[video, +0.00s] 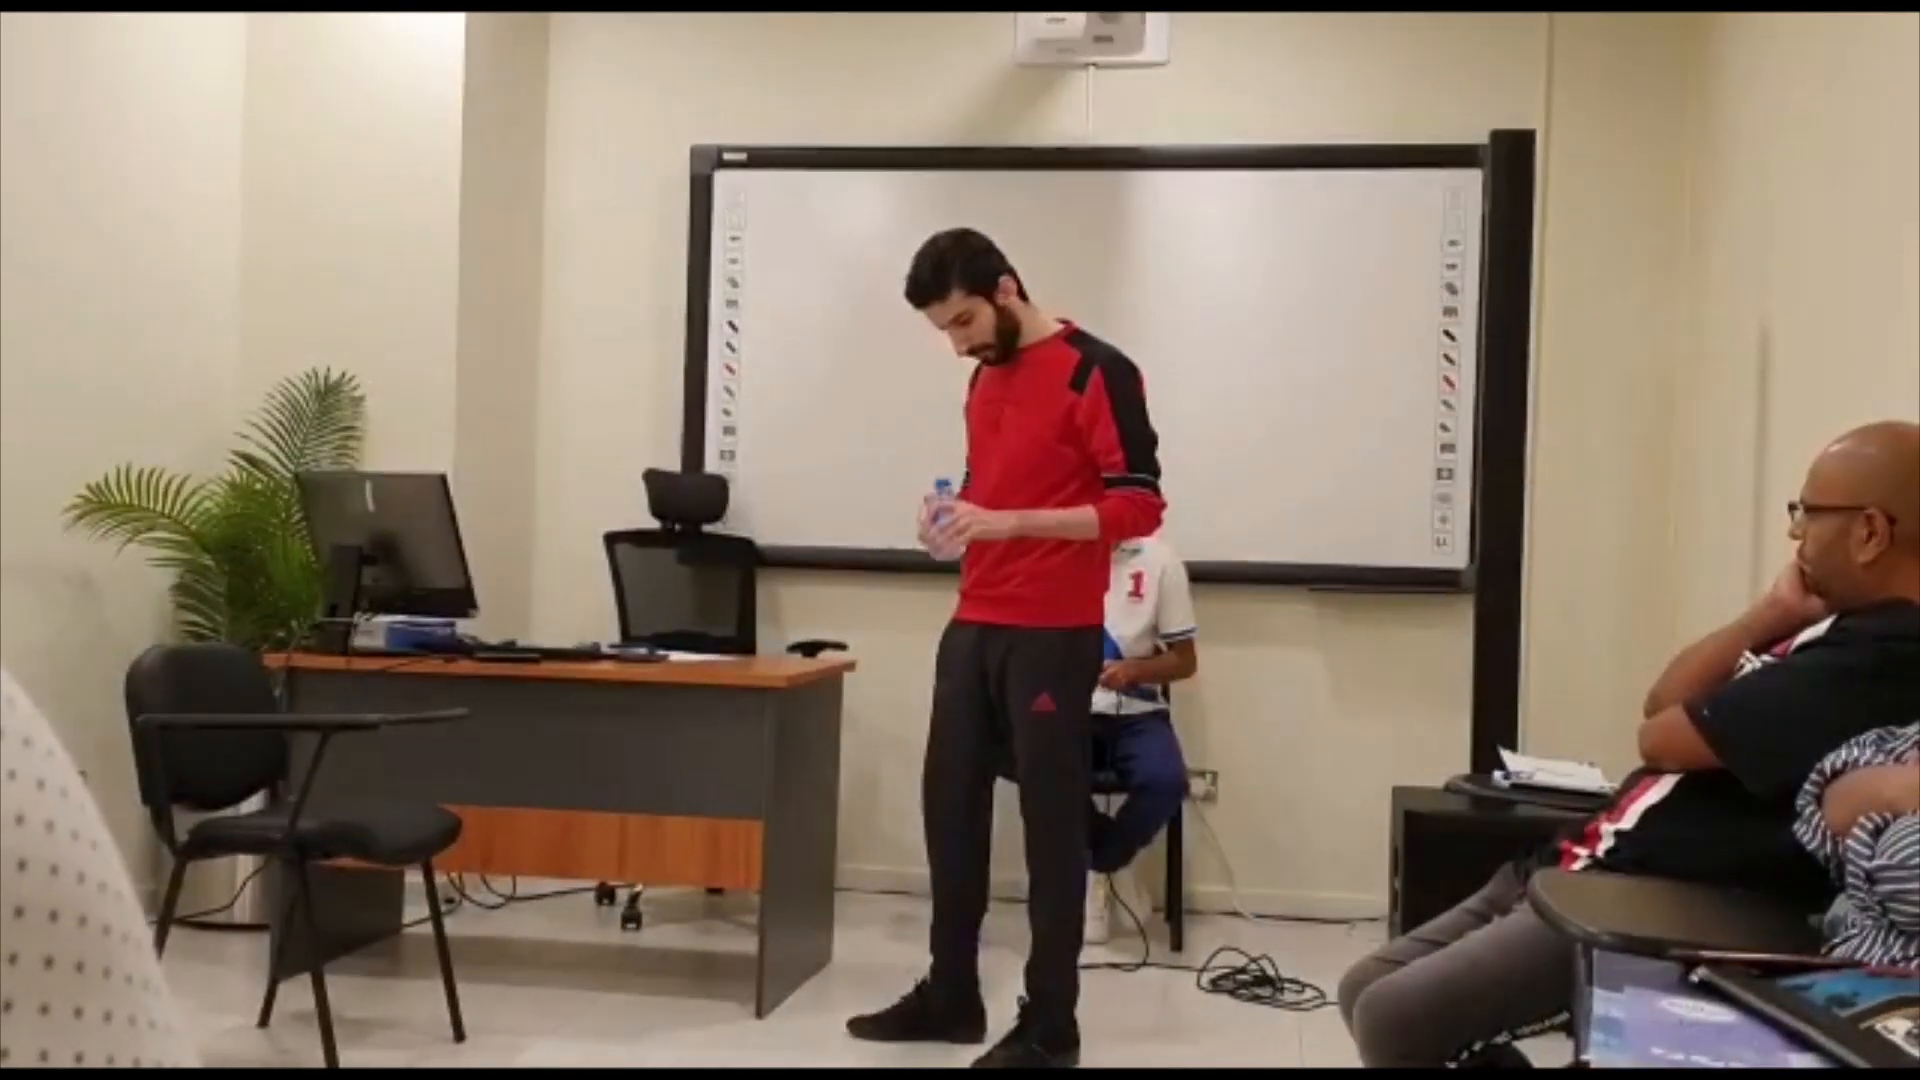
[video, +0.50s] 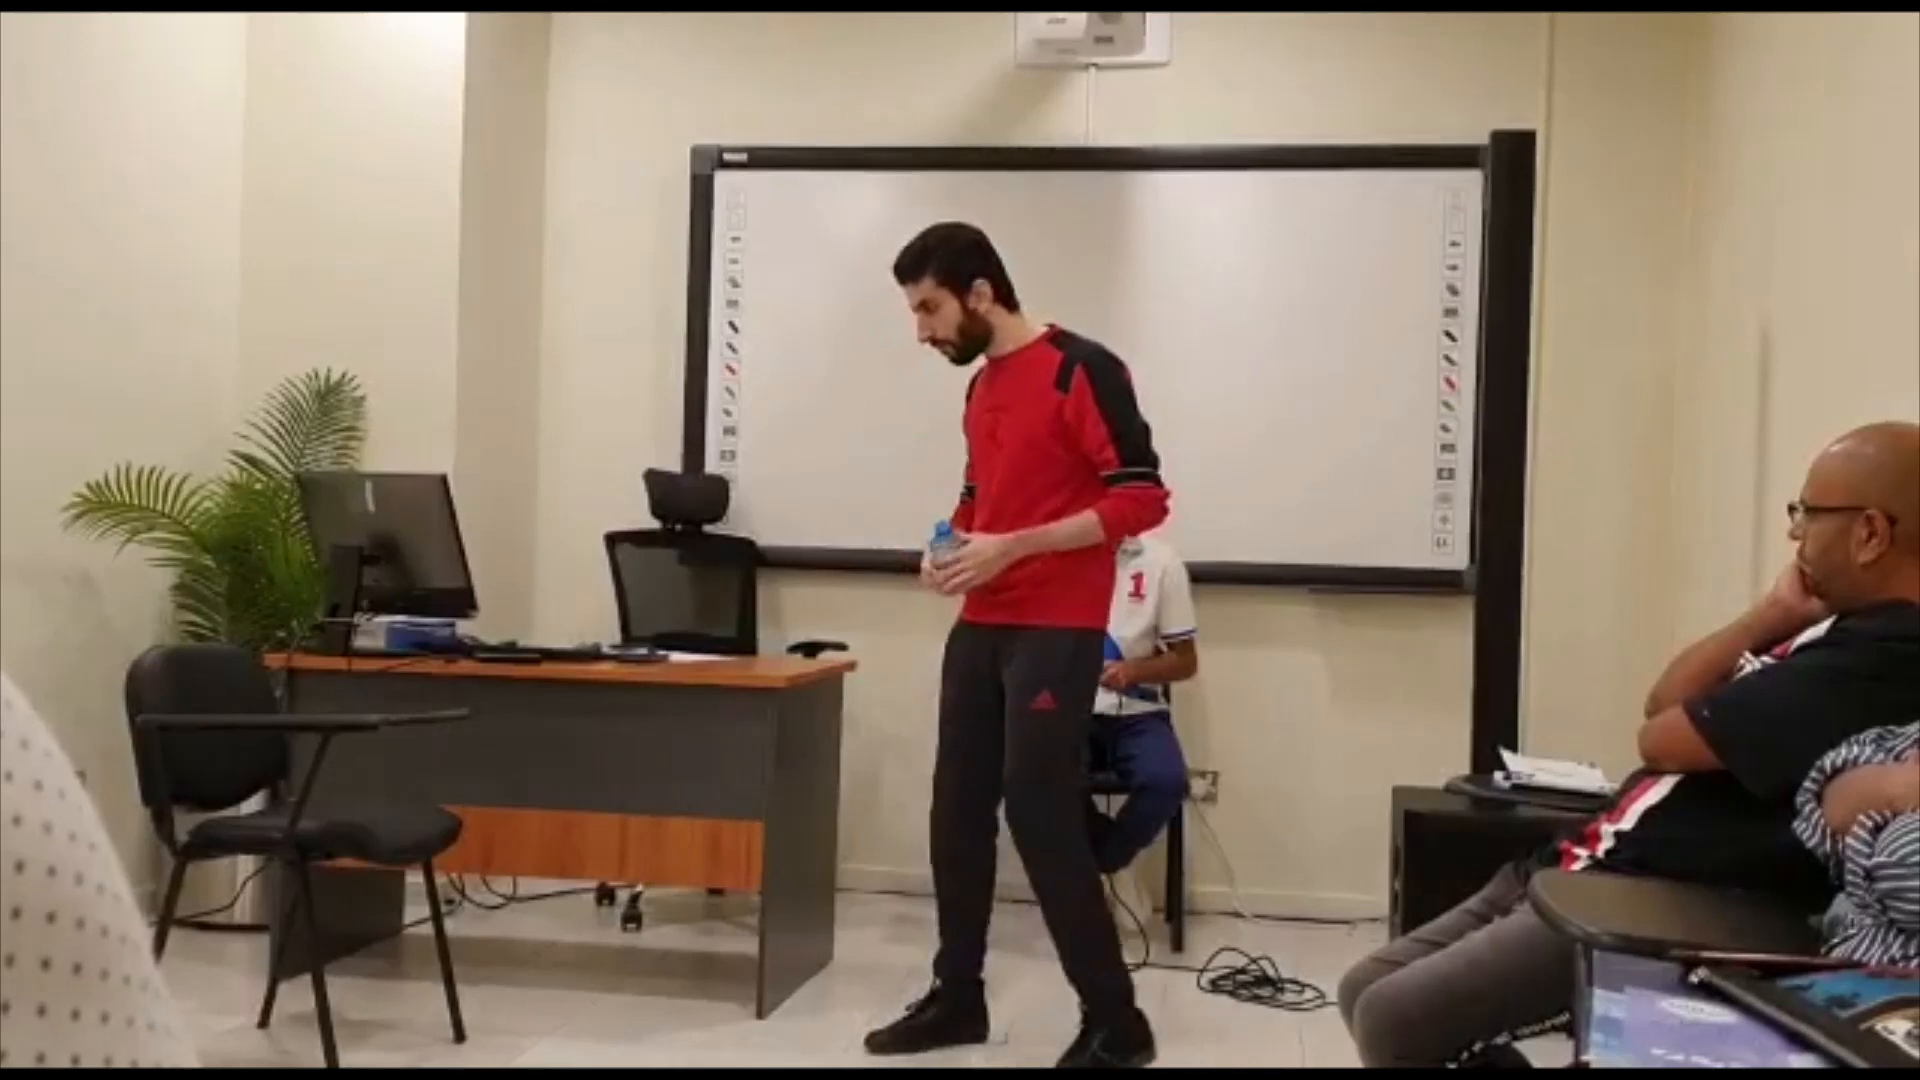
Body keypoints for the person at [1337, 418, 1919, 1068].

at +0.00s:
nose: (1794, 536)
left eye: (1806, 516)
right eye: (1798, 515)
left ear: (1873, 532)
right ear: (1873, 532)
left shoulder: (1882, 650)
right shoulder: (1848, 627)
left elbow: (1665, 743)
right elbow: (1662, 704)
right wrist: (1779, 610)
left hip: (1638, 907)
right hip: (1585, 863)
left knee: (1390, 1020)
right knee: (1365, 986)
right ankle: (1486, 1060)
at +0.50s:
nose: (1795, 536)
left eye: (1806, 517)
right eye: (1798, 516)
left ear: (1873, 533)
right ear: (1872, 533)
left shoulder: (1883, 651)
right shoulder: (1846, 628)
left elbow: (1665, 744)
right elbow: (1662, 703)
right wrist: (1778, 611)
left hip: (1640, 906)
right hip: (1588, 862)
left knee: (1389, 1022)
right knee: (1364, 988)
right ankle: (1489, 1060)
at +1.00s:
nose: (1796, 538)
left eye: (1807, 517)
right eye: (1799, 516)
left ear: (1874, 532)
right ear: (1874, 532)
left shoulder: (1881, 651)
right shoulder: (1848, 628)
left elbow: (1663, 744)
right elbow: (1661, 702)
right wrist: (1778, 612)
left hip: (1640, 906)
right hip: (1586, 863)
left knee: (1388, 1022)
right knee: (1364, 987)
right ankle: (1486, 1060)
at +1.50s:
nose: (1801, 534)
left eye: (1814, 514)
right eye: (1806, 513)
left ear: (1880, 533)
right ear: (1881, 533)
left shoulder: (1884, 650)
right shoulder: (1854, 627)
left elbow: (1663, 741)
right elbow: (1662, 701)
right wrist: (1778, 612)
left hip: (1641, 906)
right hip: (1589, 862)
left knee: (1387, 1021)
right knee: (1363, 988)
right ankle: (1486, 1060)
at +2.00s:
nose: (1801, 534)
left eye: (1814, 514)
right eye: (1806, 513)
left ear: (1880, 534)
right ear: (1881, 534)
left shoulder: (1885, 651)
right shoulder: (1855, 629)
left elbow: (1666, 743)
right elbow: (1664, 701)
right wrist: (1782, 611)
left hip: (1642, 906)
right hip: (1593, 864)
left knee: (1386, 1022)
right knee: (1363, 988)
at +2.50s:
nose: (1803, 534)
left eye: (1817, 515)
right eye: (1808, 514)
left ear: (1883, 535)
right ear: (1882, 535)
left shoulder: (1887, 652)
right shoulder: (1851, 628)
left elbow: (1666, 744)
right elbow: (1665, 701)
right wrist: (1781, 612)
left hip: (1642, 909)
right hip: (1592, 866)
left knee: (1389, 1022)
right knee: (1365, 988)